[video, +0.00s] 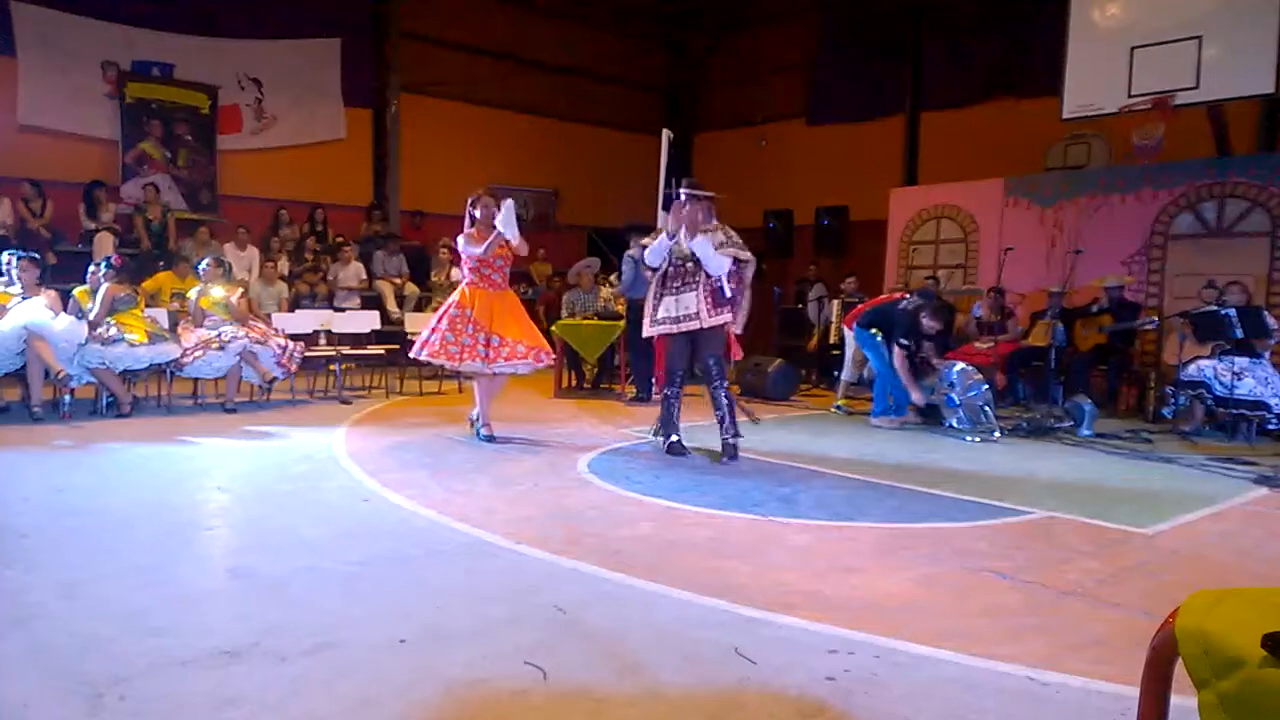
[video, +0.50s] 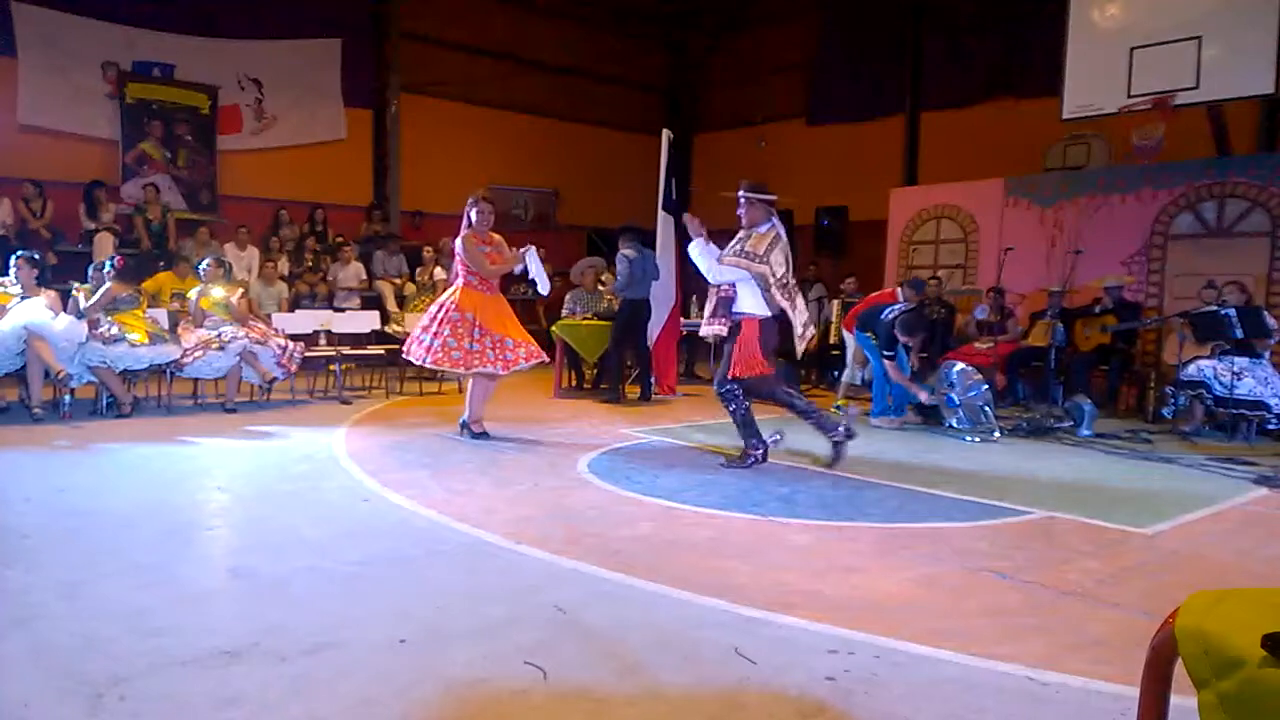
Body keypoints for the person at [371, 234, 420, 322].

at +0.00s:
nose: (397, 246)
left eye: (398, 244)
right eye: (395, 244)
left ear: (399, 244)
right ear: (388, 244)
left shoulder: (400, 255)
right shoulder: (379, 254)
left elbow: (405, 272)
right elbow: (380, 273)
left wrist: (403, 281)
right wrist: (394, 281)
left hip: (398, 277)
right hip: (383, 278)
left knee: (414, 291)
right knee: (387, 290)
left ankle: (406, 315)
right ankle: (395, 314)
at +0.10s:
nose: (397, 246)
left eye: (398, 243)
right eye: (394, 243)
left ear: (399, 244)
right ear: (388, 244)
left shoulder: (400, 255)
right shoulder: (379, 254)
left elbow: (405, 272)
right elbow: (380, 274)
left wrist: (403, 281)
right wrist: (394, 281)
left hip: (398, 278)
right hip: (383, 278)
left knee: (414, 291)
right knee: (387, 290)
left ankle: (406, 314)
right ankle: (395, 314)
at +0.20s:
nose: (398, 246)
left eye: (398, 244)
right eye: (395, 244)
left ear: (399, 244)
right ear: (388, 244)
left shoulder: (400, 255)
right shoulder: (379, 254)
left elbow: (406, 272)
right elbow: (380, 274)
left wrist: (403, 282)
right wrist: (394, 282)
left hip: (398, 277)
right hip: (383, 278)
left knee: (414, 291)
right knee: (387, 290)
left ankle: (406, 314)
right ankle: (395, 315)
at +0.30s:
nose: (397, 246)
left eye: (398, 244)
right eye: (394, 244)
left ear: (399, 244)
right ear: (388, 244)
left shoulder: (400, 256)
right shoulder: (379, 254)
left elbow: (406, 272)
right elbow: (380, 274)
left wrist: (403, 281)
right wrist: (394, 281)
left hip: (398, 278)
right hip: (383, 278)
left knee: (414, 291)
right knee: (387, 290)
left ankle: (405, 314)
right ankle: (395, 314)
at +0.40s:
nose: (397, 247)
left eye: (398, 244)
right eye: (394, 244)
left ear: (399, 245)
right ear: (388, 244)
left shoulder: (400, 255)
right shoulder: (379, 254)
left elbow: (405, 272)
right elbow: (379, 274)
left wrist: (403, 281)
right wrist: (394, 281)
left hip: (398, 278)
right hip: (383, 278)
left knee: (413, 290)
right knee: (387, 290)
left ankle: (406, 316)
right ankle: (395, 316)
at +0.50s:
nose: (397, 246)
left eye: (398, 244)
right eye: (394, 243)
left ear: (399, 244)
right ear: (388, 244)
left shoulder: (400, 255)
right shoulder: (379, 254)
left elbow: (405, 272)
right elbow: (379, 274)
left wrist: (403, 281)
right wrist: (393, 280)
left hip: (397, 278)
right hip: (383, 278)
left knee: (412, 289)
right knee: (387, 289)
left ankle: (407, 313)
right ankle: (394, 313)